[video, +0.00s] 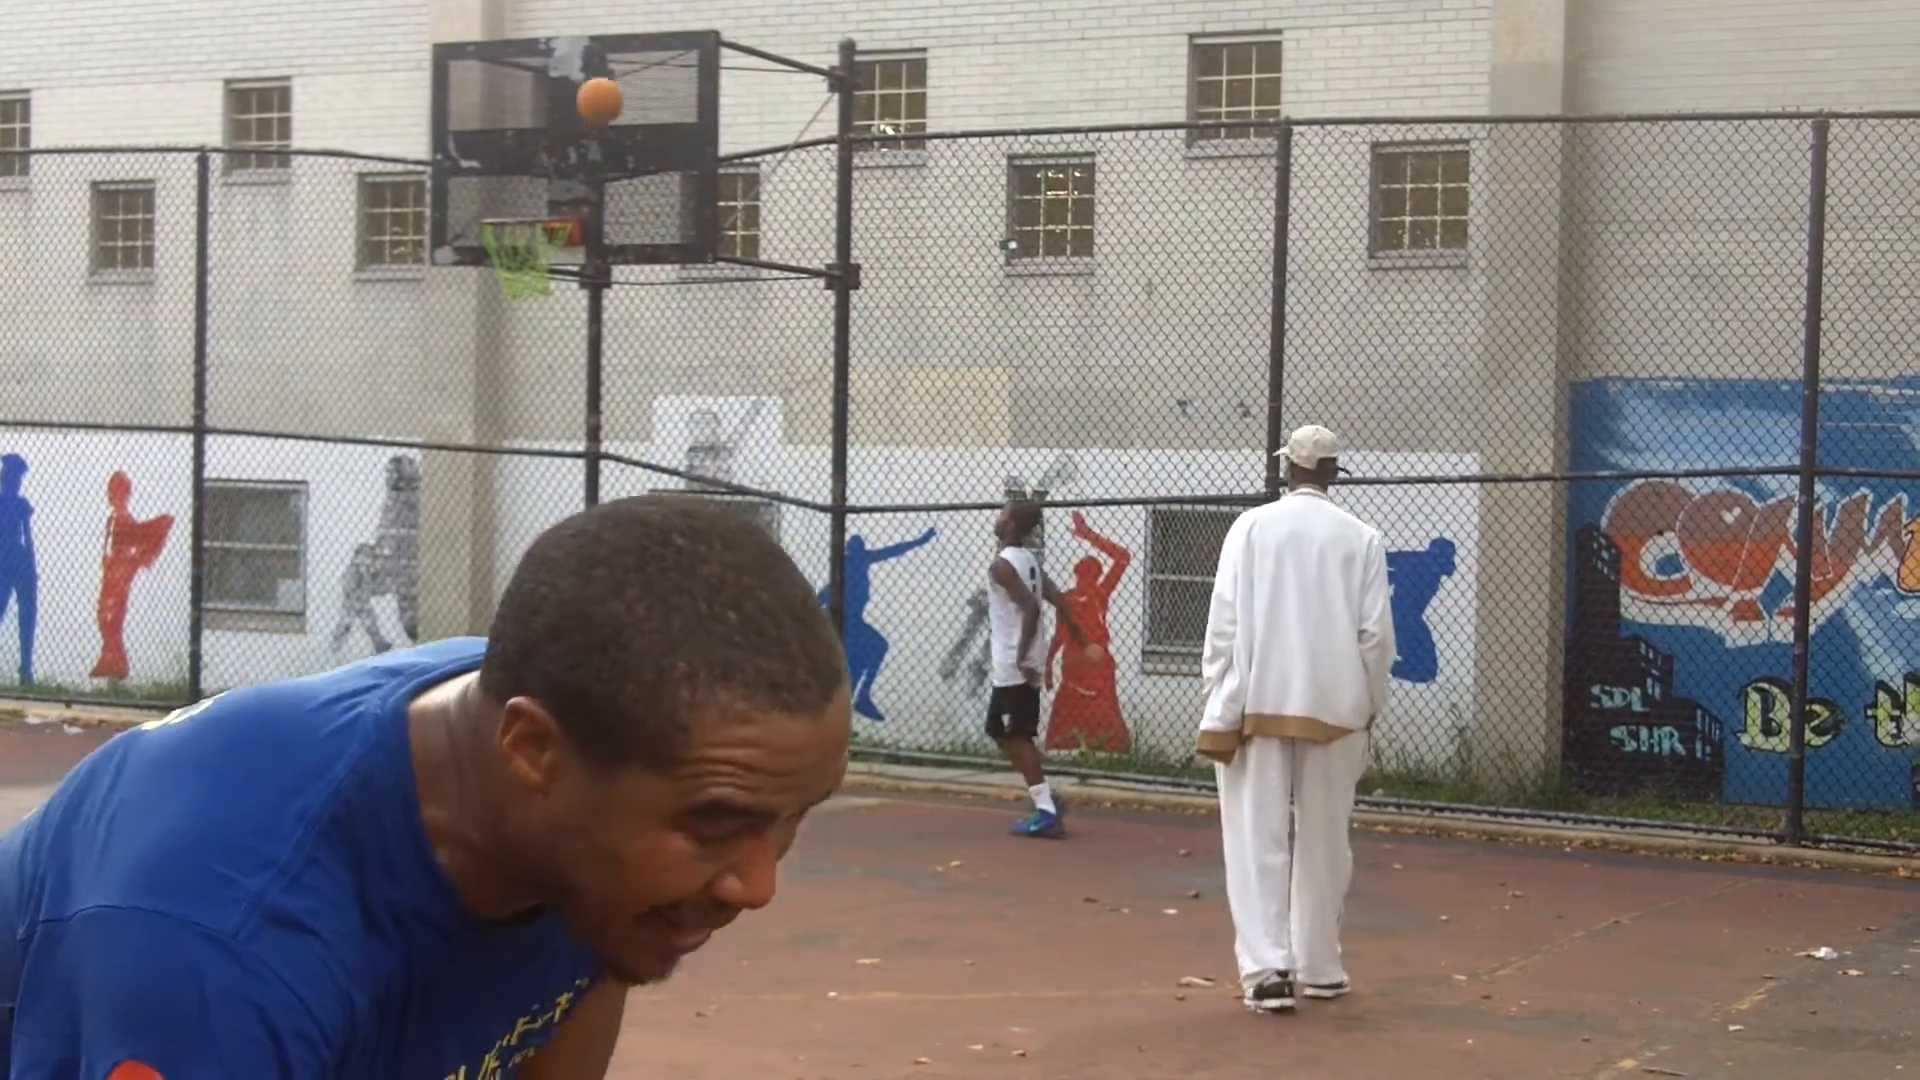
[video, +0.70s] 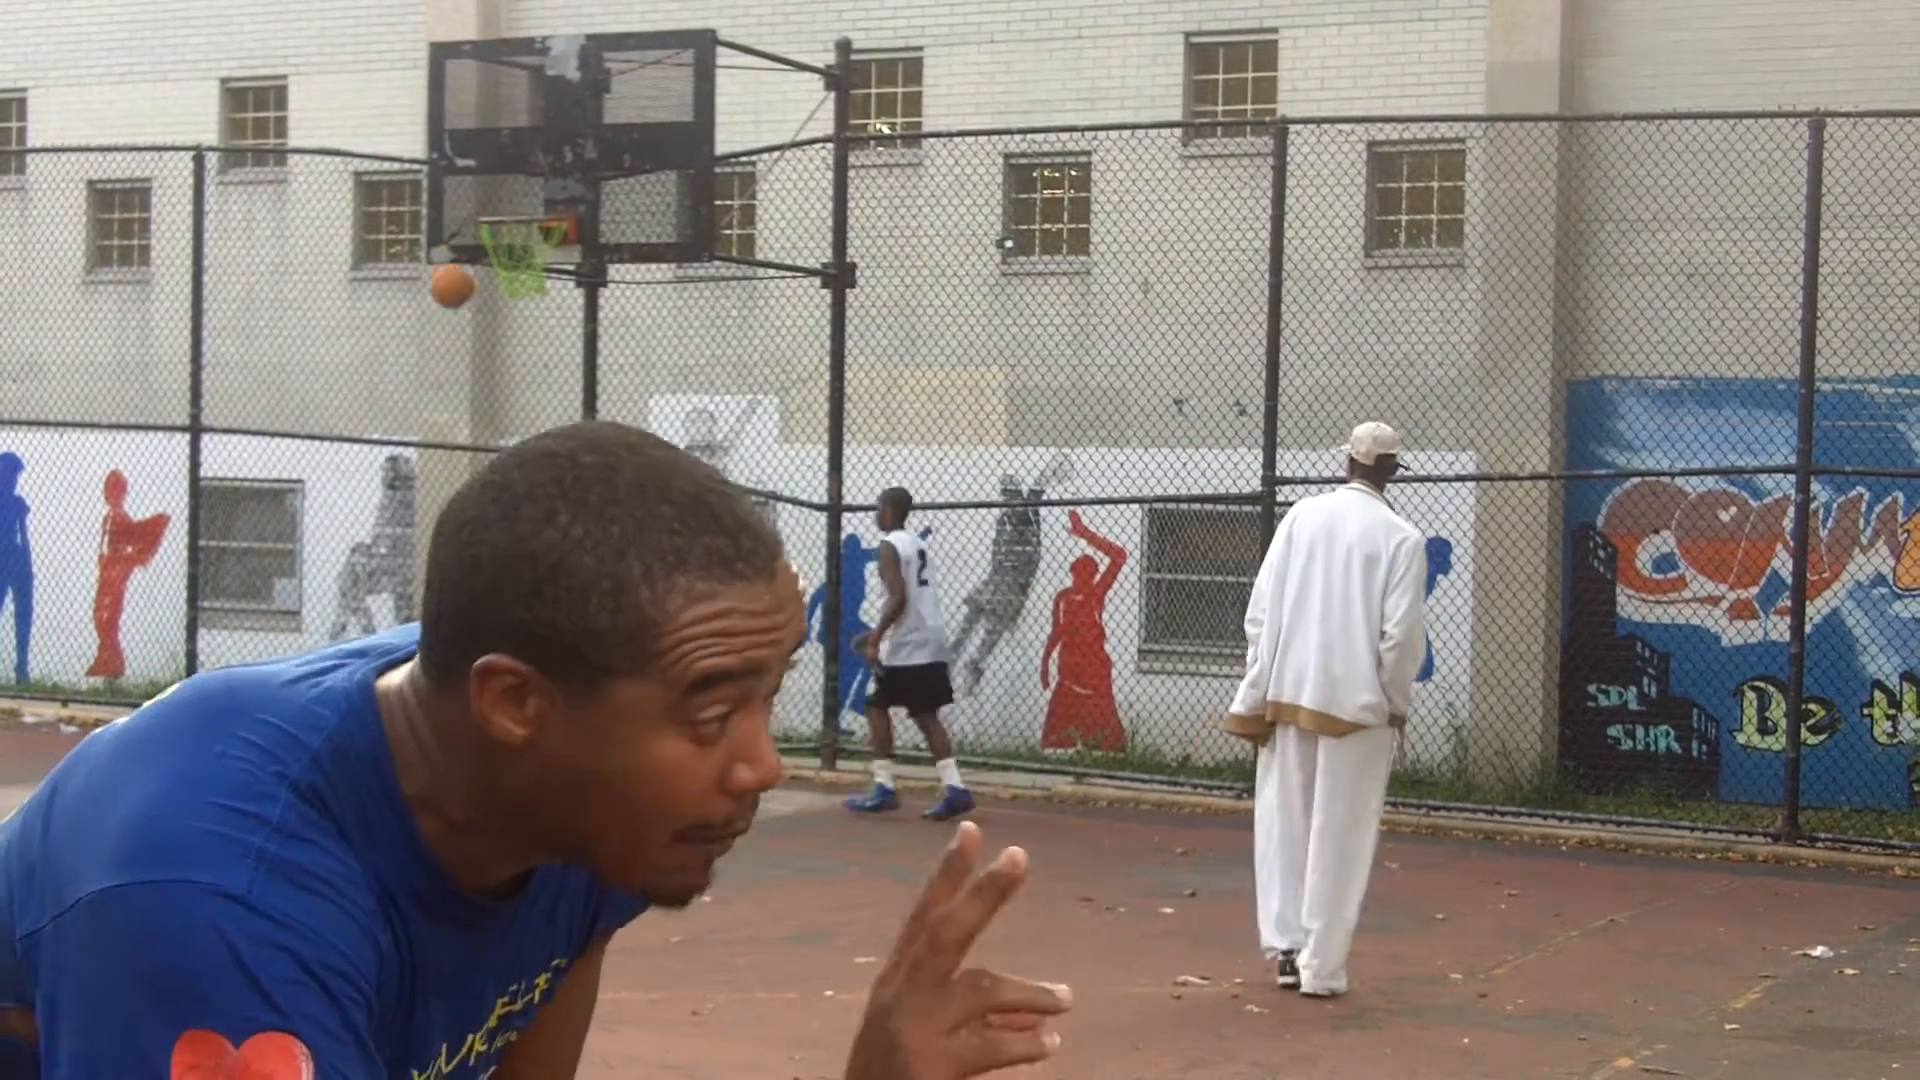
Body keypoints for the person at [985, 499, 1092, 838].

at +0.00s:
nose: (998, 518)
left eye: (1004, 515)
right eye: (1002, 513)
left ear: (1012, 526)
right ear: (1022, 529)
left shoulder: (1002, 565)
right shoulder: (1029, 561)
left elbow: (1031, 608)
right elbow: (1060, 599)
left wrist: (1022, 656)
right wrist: (1077, 634)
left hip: (1014, 670)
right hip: (1023, 669)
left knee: (1016, 737)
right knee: (999, 731)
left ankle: (1045, 809)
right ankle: (1046, 797)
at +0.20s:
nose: (972, 516)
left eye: (978, 513)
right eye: (976, 511)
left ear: (987, 522)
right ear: (997, 526)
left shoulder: (978, 561)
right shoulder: (1007, 558)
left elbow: (997, 612)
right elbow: (1037, 603)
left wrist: (976, 658)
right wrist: (1050, 647)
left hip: (999, 663)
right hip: (1007, 661)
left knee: (1013, 732)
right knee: (968, 718)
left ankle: (1042, 806)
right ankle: (995, 794)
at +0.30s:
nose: (958, 525)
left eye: (964, 521)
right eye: (962, 519)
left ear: (974, 530)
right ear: (982, 533)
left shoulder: (965, 569)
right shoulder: (994, 565)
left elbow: (966, 625)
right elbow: (1010, 619)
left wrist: (936, 662)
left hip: (984, 672)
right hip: (1000, 669)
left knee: (1007, 736)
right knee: (954, 722)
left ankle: (1040, 806)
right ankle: (986, 796)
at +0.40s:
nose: (943, 527)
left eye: (949, 523)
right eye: (946, 521)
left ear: (958, 532)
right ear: (968, 535)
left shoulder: (948, 569)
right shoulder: (978, 566)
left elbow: (944, 624)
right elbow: (982, 619)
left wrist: (906, 654)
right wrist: (955, 660)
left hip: (971, 673)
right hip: (981, 670)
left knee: (985, 738)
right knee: (949, 727)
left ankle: (1032, 797)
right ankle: (985, 797)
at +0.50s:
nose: (926, 517)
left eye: (930, 512)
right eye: (928, 511)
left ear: (939, 518)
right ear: (950, 521)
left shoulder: (931, 555)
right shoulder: (957, 553)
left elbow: (930, 609)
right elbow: (953, 614)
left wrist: (891, 632)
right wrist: (921, 640)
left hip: (948, 654)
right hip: (968, 650)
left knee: (947, 724)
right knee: (951, 724)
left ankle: (999, 775)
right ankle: (982, 792)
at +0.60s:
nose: (902, 505)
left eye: (906, 500)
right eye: (905, 500)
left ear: (916, 506)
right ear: (930, 509)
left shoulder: (912, 543)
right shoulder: (939, 541)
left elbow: (915, 595)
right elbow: (932, 598)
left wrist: (887, 625)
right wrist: (897, 629)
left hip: (925, 645)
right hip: (949, 643)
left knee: (912, 709)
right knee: (940, 711)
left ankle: (949, 779)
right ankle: (972, 778)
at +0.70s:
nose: (876, 515)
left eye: (879, 509)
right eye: (877, 509)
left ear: (890, 512)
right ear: (904, 514)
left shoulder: (889, 546)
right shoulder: (917, 544)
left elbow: (898, 598)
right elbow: (916, 601)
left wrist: (875, 636)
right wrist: (880, 634)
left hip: (904, 650)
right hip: (931, 648)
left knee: (876, 707)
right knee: (925, 713)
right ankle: (955, 787)